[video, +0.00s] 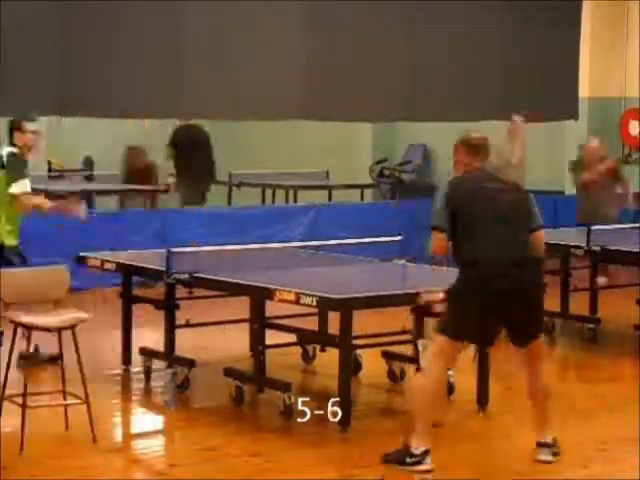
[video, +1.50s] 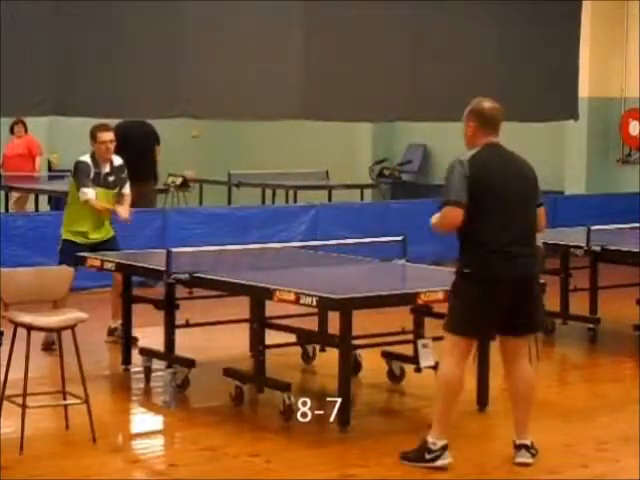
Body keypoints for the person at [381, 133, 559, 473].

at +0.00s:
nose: (454, 165)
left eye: (456, 159)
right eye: (456, 159)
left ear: (464, 158)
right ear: (485, 157)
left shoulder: (453, 188)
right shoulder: (516, 189)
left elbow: (439, 246)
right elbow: (538, 242)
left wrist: (466, 242)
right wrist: (526, 272)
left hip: (477, 282)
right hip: (524, 282)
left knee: (438, 359)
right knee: (535, 359)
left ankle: (418, 448)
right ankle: (545, 441)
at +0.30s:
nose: (386, 162)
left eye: (386, 157)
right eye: (388, 157)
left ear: (390, 155)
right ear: (413, 154)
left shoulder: (395, 175)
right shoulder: (426, 175)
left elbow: (395, 216)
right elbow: (425, 222)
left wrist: (379, 245)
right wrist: (394, 246)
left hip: (436, 265)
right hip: (454, 261)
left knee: (444, 346)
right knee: (421, 339)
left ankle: (476, 427)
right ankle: (410, 408)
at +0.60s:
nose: (361, 178)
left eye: (363, 173)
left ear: (367, 169)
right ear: (386, 168)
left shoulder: (373, 173)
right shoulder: (399, 186)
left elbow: (379, 204)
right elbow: (392, 241)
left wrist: (363, 244)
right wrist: (352, 243)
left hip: (429, 244)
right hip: (424, 254)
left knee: (449, 313)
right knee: (420, 332)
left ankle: (491, 378)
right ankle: (411, 391)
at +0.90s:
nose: (355, 188)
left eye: (355, 184)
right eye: (357, 186)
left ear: (361, 178)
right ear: (379, 178)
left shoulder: (366, 182)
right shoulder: (398, 204)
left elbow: (372, 203)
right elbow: (385, 274)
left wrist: (361, 241)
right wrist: (353, 272)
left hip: (424, 237)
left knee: (448, 301)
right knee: (421, 336)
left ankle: (501, 361)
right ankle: (411, 415)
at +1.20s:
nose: (360, 178)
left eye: (360, 175)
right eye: (362, 175)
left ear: (366, 170)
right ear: (385, 171)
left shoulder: (370, 177)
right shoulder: (400, 194)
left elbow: (375, 200)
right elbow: (401, 255)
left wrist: (362, 241)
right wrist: (366, 273)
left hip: (424, 244)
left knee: (442, 313)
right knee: (418, 335)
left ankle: (483, 386)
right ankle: (410, 415)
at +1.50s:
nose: (462, 131)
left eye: (464, 125)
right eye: (465, 124)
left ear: (470, 125)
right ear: (498, 127)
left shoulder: (465, 165)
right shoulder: (524, 168)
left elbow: (452, 218)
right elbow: (539, 221)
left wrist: (436, 221)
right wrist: (503, 222)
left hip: (479, 277)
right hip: (522, 278)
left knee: (454, 354)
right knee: (518, 356)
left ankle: (436, 442)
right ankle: (523, 442)